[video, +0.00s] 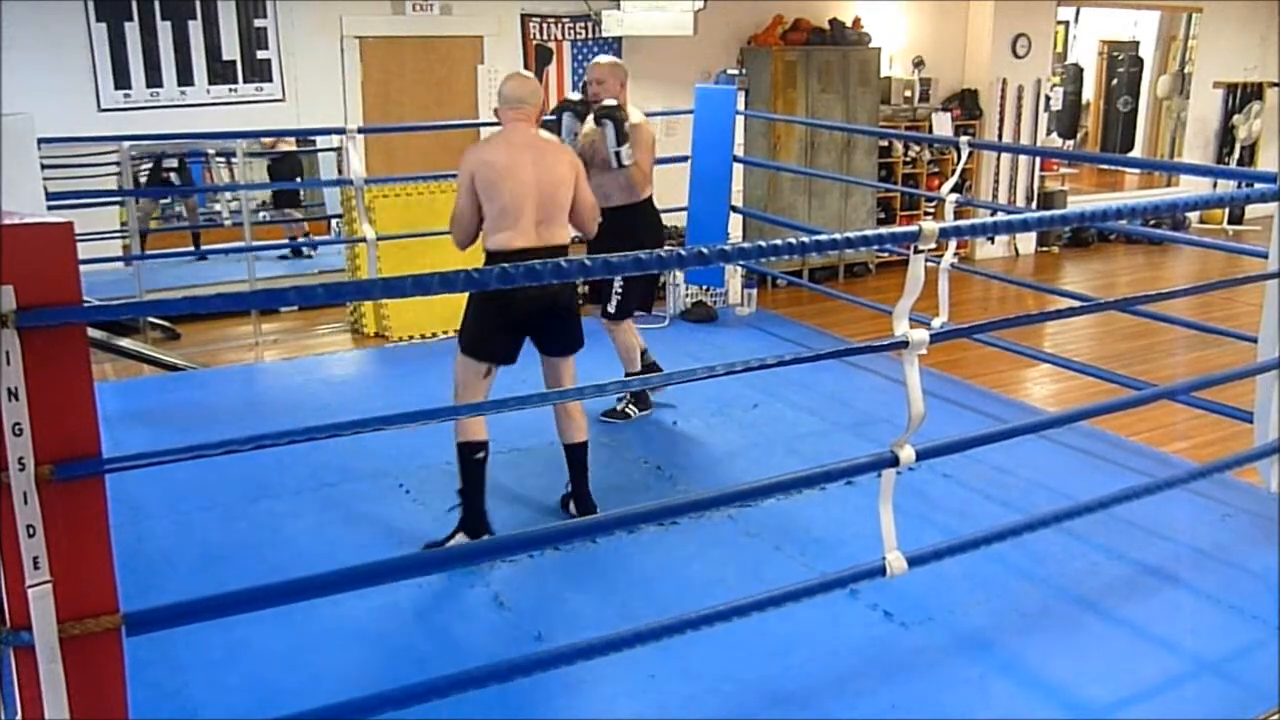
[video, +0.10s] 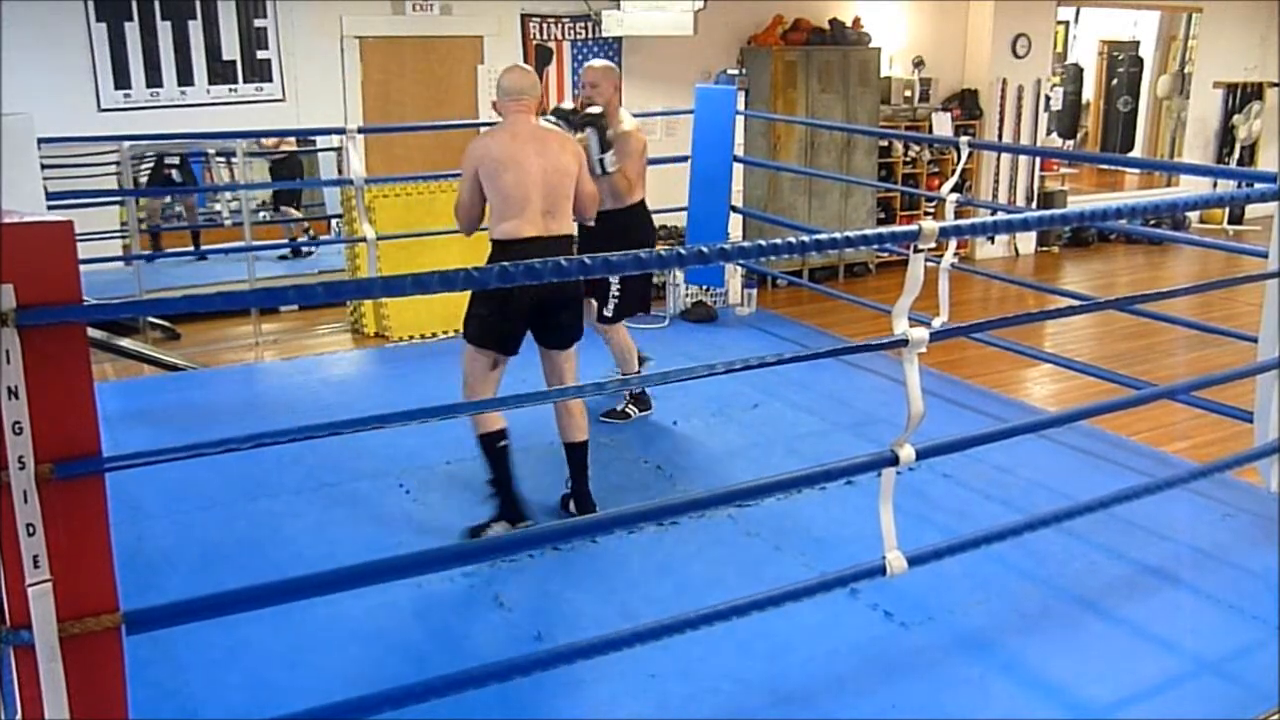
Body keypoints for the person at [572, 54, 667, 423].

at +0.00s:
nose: (591, 90)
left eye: (599, 83)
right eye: (588, 84)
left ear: (621, 85)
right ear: (586, 88)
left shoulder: (638, 128)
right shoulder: (589, 129)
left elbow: (639, 183)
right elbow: (575, 173)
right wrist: (568, 136)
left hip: (636, 220)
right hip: (605, 221)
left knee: (614, 315)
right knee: (607, 306)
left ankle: (638, 393)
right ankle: (645, 363)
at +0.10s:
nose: (585, 93)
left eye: (593, 86)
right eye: (582, 86)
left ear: (616, 88)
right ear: (581, 90)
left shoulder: (629, 135)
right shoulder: (588, 128)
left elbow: (625, 192)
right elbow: (576, 180)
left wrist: (597, 153)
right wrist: (565, 133)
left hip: (626, 227)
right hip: (595, 225)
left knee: (607, 321)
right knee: (588, 307)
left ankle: (638, 395)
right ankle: (631, 356)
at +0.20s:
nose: (578, 93)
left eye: (585, 86)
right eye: (574, 86)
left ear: (606, 88)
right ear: (572, 90)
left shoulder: (619, 133)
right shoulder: (583, 127)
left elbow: (616, 193)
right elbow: (574, 178)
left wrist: (587, 151)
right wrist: (560, 135)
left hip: (615, 224)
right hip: (585, 219)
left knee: (605, 318)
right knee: (577, 294)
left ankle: (637, 395)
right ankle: (584, 355)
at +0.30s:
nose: (566, 95)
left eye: (573, 88)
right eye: (563, 88)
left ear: (594, 90)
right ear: (561, 92)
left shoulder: (604, 131)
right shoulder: (568, 126)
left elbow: (604, 190)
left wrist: (569, 160)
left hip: (602, 221)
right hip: (570, 217)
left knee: (603, 316)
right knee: (559, 298)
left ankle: (636, 394)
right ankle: (552, 364)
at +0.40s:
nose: (553, 102)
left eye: (561, 95)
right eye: (548, 95)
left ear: (583, 97)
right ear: (543, 96)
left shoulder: (592, 139)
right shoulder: (540, 133)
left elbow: (592, 193)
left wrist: (567, 156)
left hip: (585, 231)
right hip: (549, 229)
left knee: (594, 320)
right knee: (546, 312)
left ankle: (634, 392)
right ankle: (546, 368)